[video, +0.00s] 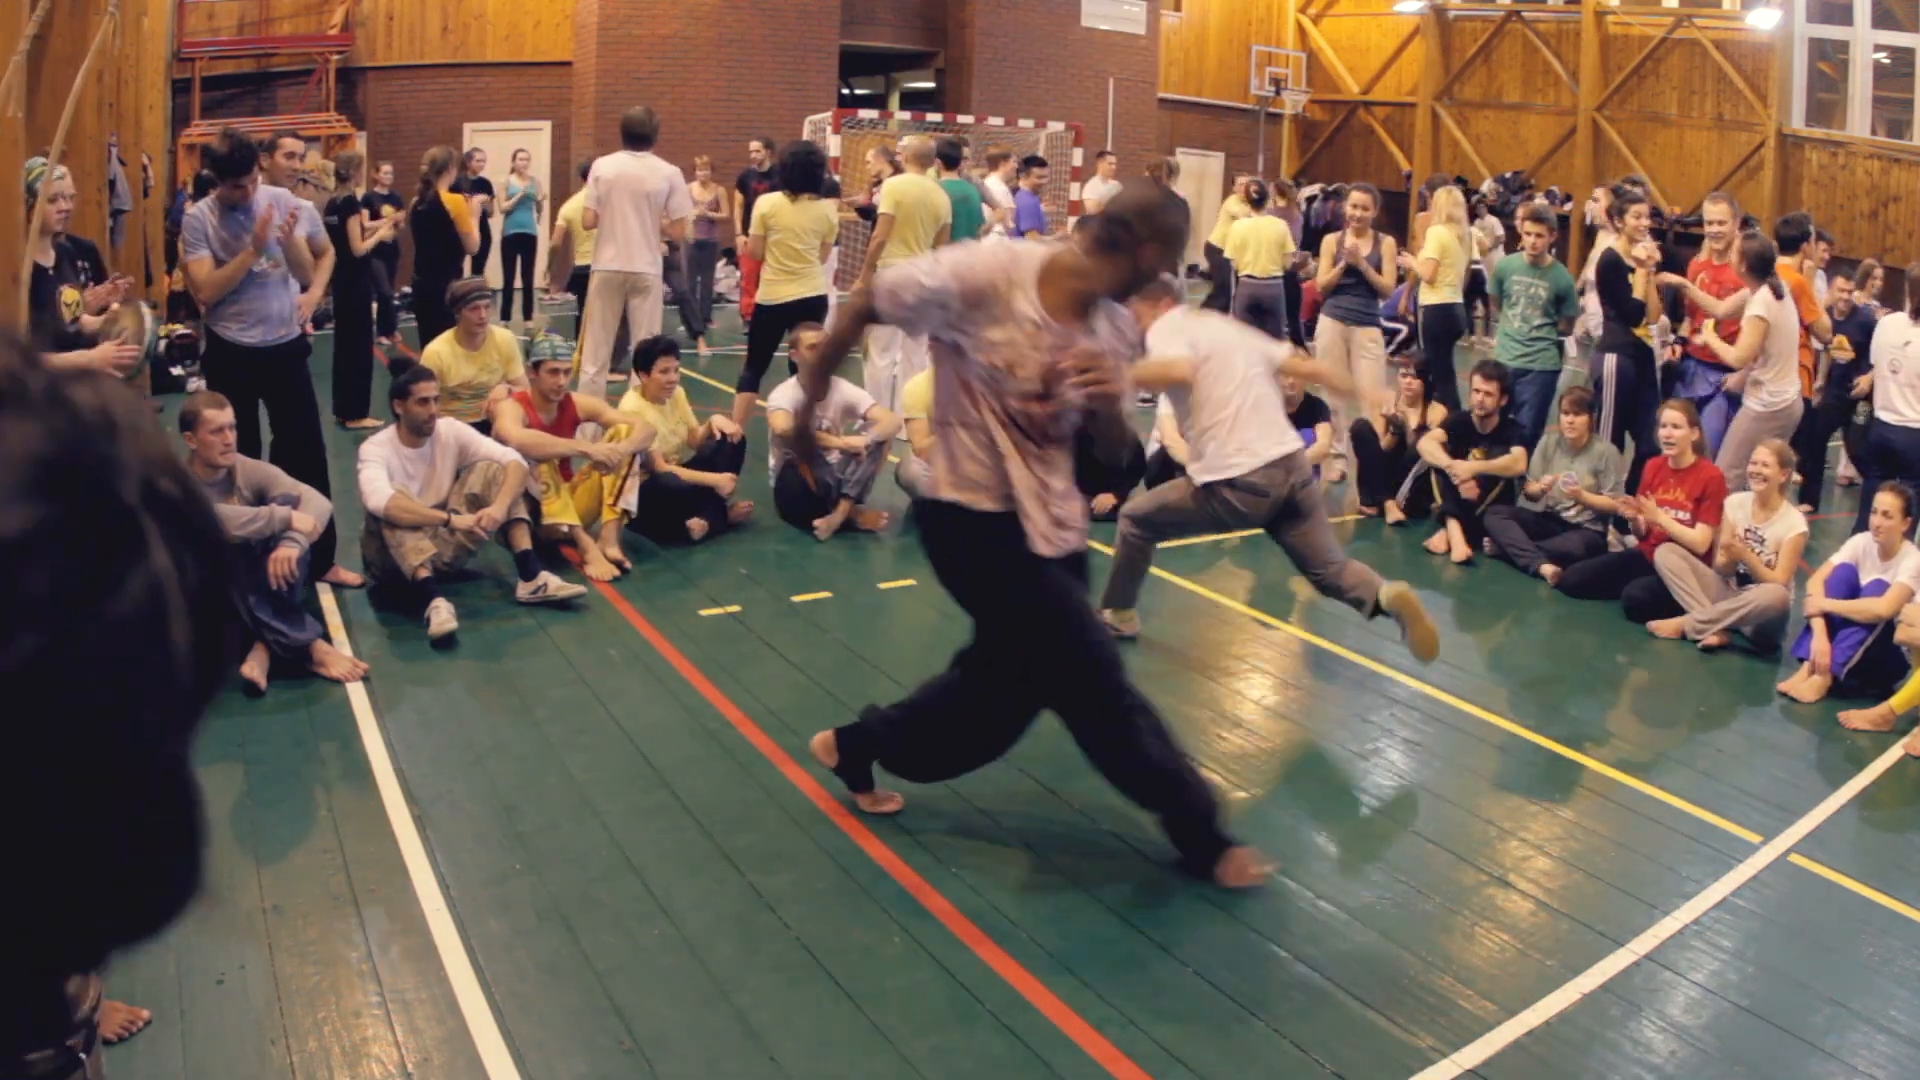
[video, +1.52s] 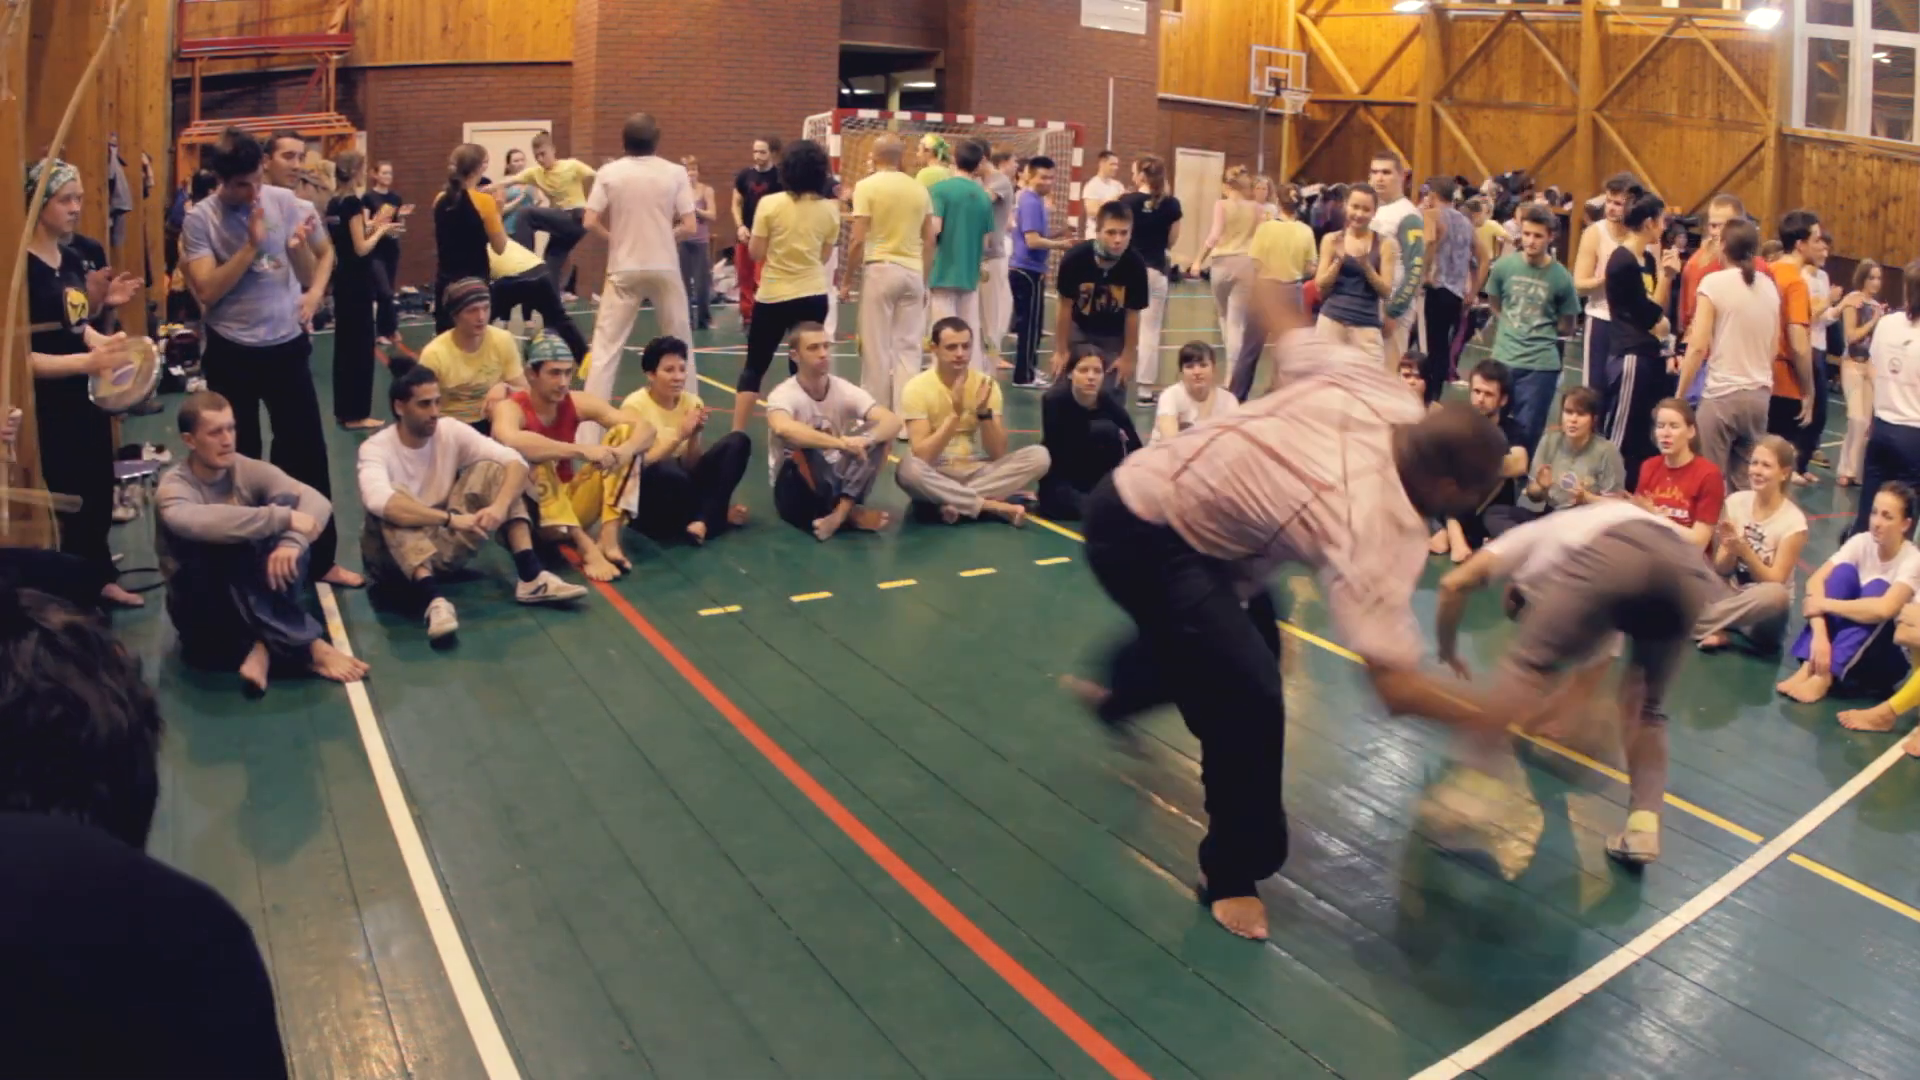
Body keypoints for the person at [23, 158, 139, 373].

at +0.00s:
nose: (66, 208)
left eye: (69, 198)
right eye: (53, 200)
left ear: (74, 199)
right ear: (28, 204)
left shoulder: (64, 255)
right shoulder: (15, 269)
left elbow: (73, 321)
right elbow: (19, 359)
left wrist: (106, 322)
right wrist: (90, 359)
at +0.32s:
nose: (68, 202)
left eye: (70, 193)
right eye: (58, 194)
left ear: (74, 195)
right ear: (32, 199)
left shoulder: (70, 254)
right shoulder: (17, 260)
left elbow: (70, 321)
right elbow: (12, 356)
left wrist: (101, 324)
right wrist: (84, 375)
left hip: (82, 396)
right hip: (42, 400)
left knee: (95, 496)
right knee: (60, 500)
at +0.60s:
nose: (71, 210)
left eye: (75, 200)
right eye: (61, 202)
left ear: (78, 203)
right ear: (35, 207)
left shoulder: (72, 257)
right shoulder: (24, 268)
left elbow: (77, 326)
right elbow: (35, 355)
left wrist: (118, 341)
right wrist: (105, 349)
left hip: (86, 392)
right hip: (53, 402)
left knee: (96, 490)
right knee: (74, 496)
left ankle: (103, 579)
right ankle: (83, 585)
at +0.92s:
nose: (74, 204)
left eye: (77, 195)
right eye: (63, 195)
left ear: (79, 199)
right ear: (36, 201)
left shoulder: (81, 254)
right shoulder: (18, 263)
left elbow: (84, 327)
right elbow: (18, 357)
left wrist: (116, 320)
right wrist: (87, 370)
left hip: (89, 393)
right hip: (48, 399)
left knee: (97, 488)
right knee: (66, 493)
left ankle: (101, 576)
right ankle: (72, 583)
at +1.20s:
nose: (73, 210)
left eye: (77, 201)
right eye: (63, 201)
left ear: (79, 204)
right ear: (34, 205)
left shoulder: (71, 258)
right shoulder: (15, 266)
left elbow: (76, 323)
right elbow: (21, 358)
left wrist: (107, 329)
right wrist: (90, 355)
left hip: (87, 389)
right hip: (49, 399)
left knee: (95, 485)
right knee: (65, 490)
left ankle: (101, 577)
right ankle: (73, 587)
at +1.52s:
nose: (76, 209)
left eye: (79, 199)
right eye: (66, 200)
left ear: (81, 202)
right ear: (39, 204)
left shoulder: (71, 262)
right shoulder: (18, 267)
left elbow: (75, 325)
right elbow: (19, 358)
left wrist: (106, 343)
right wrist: (88, 363)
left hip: (85, 389)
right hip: (49, 397)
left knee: (98, 488)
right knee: (68, 491)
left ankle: (101, 577)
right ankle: (76, 584)